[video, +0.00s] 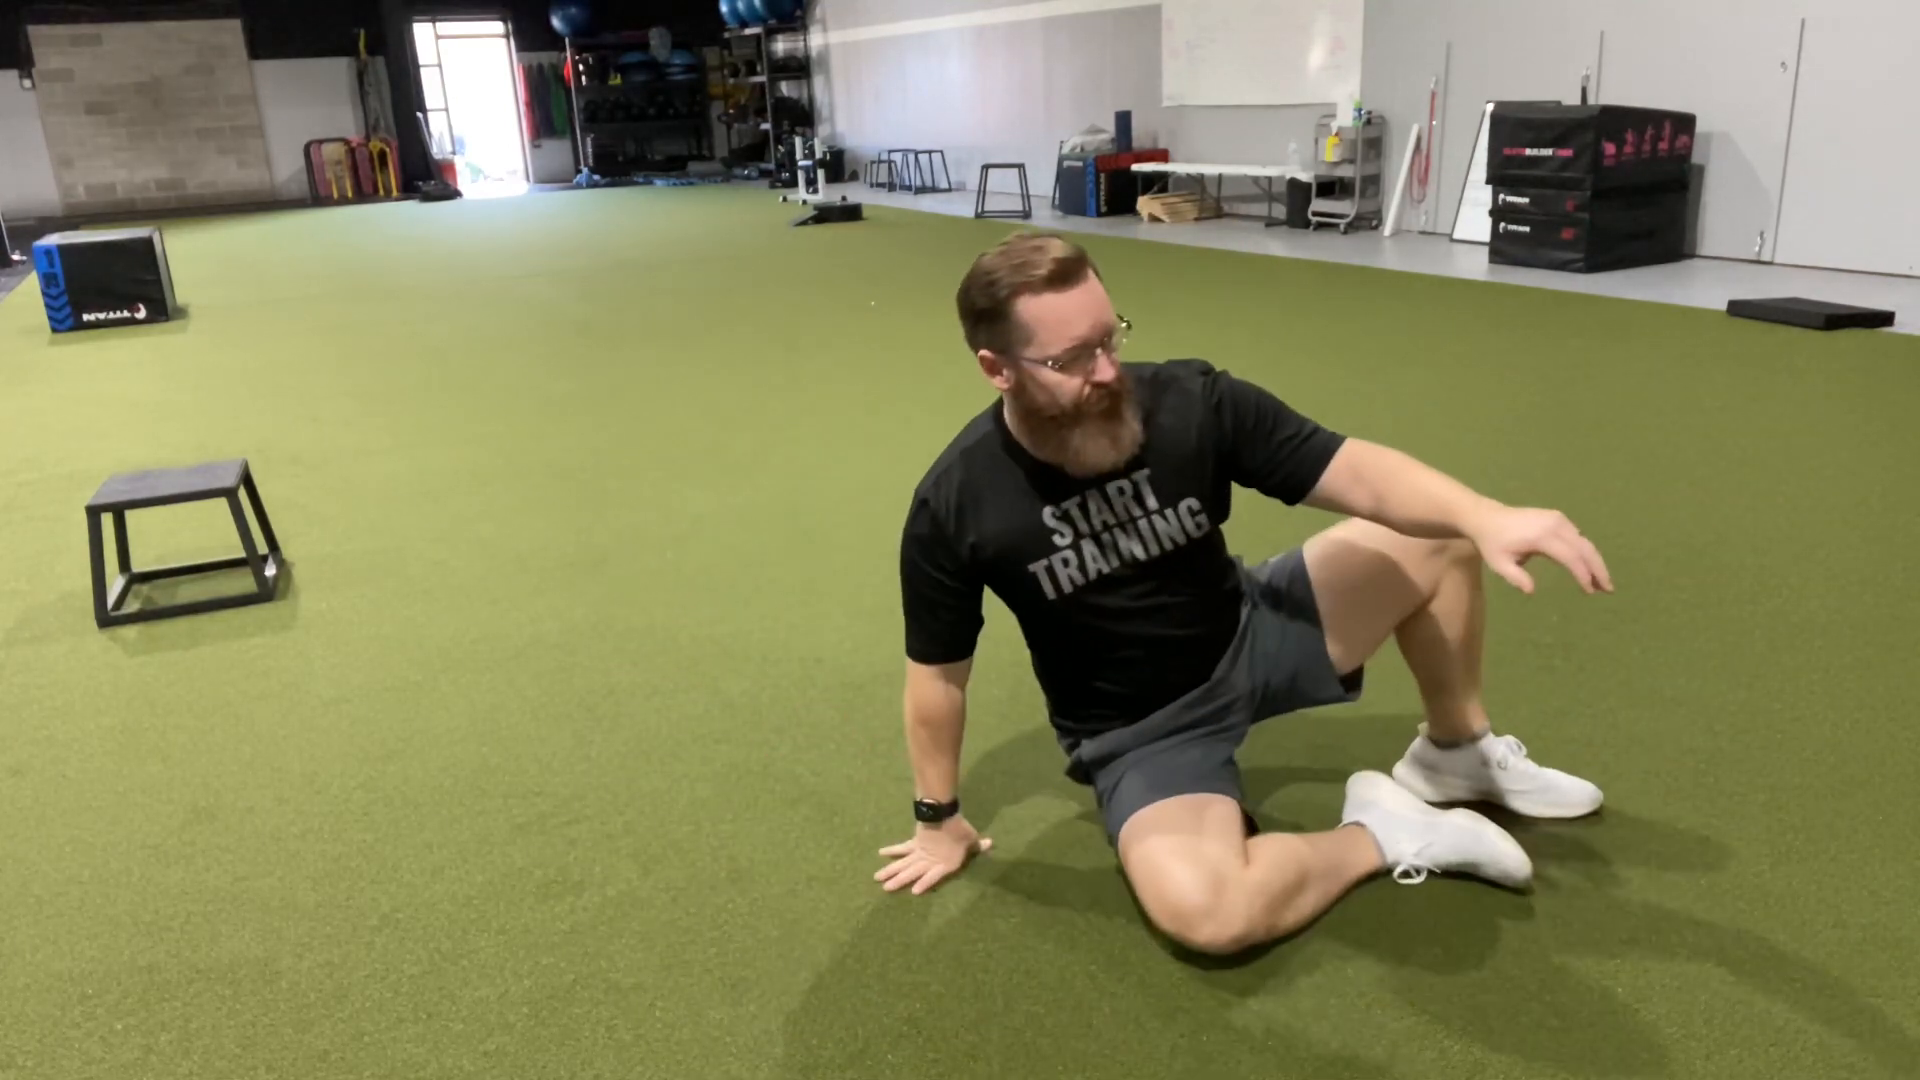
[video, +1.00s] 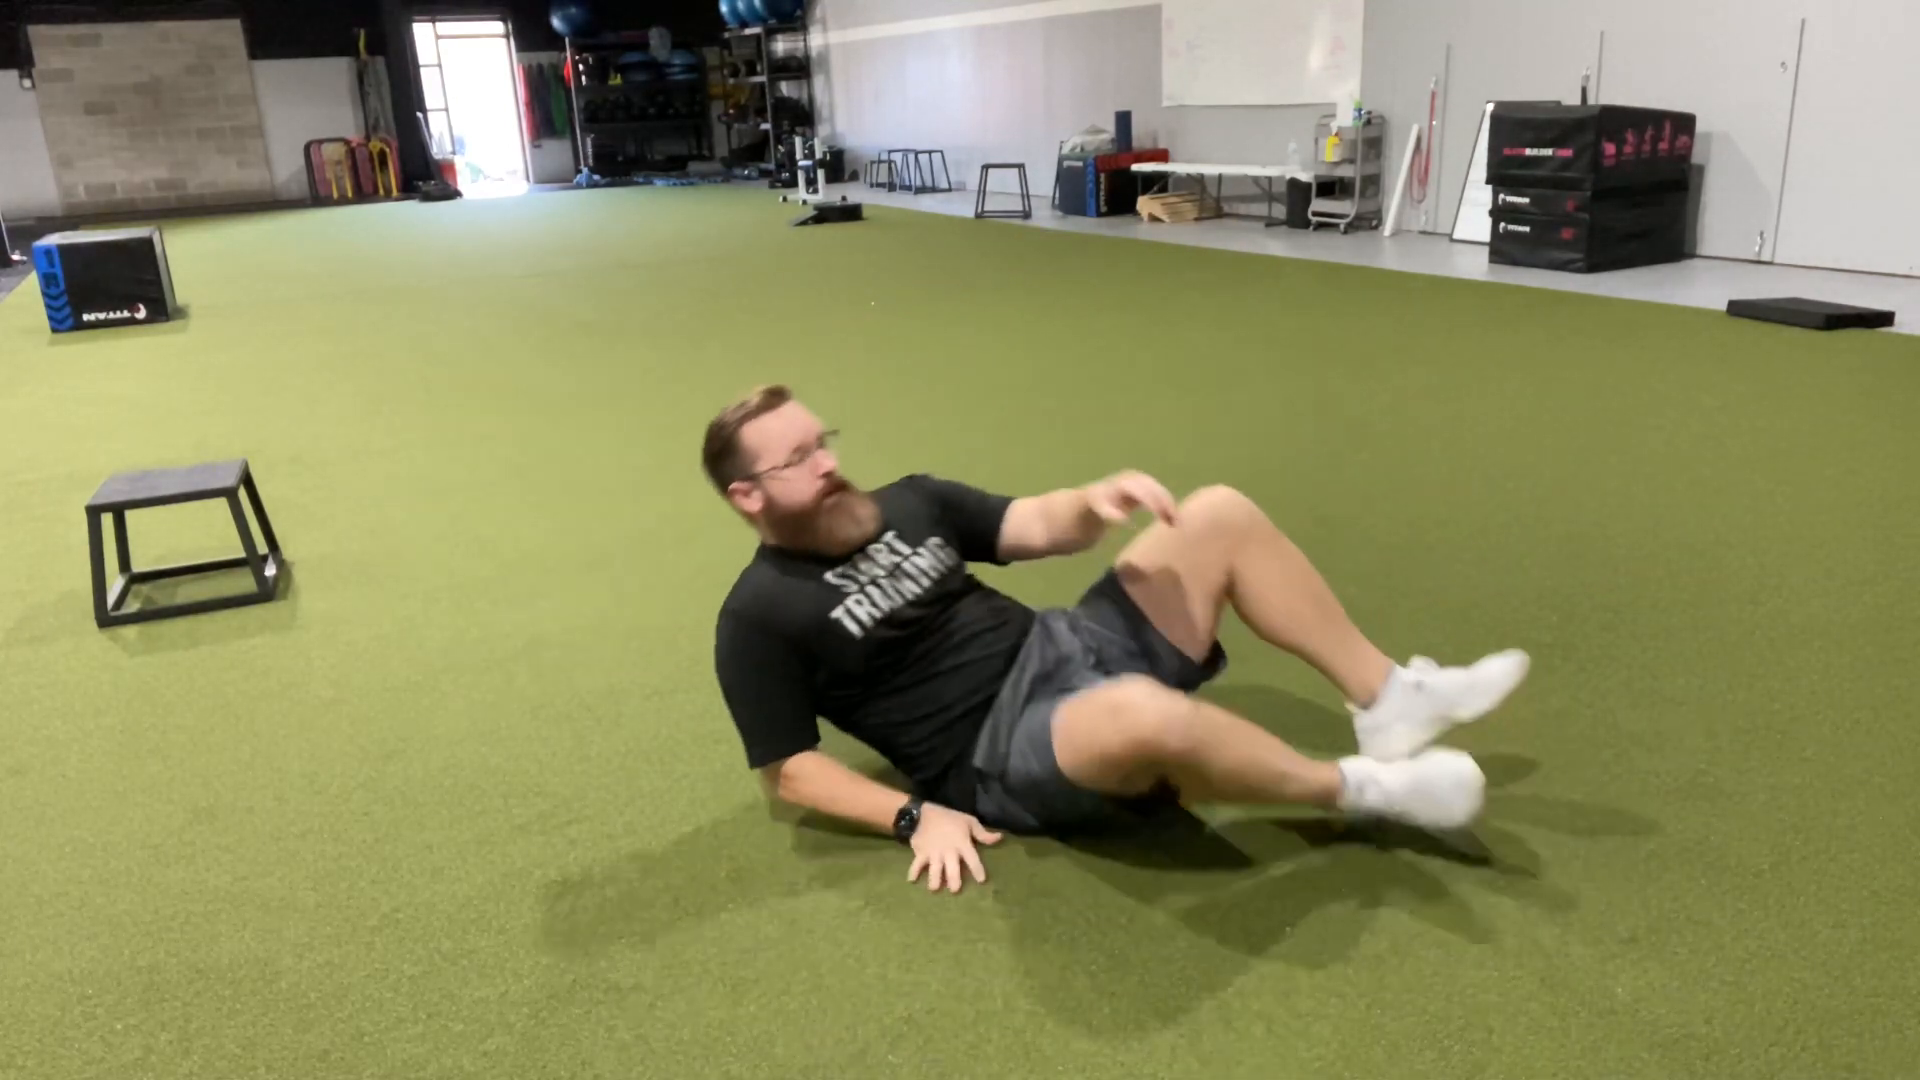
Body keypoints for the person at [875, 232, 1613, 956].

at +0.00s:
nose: (1106, 373)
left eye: (1110, 340)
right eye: (1074, 361)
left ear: (1116, 314)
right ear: (999, 373)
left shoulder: (1192, 403)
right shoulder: (958, 505)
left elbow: (1353, 473)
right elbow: (937, 672)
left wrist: (1487, 517)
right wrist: (940, 818)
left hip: (1248, 631)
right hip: (1141, 730)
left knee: (1437, 542)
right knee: (1203, 910)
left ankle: (1458, 751)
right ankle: (1383, 832)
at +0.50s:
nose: (1035, 388)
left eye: (1038, 359)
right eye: (1003, 375)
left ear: (1046, 347)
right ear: (932, 396)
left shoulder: (1114, 440)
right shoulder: (889, 533)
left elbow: (1264, 496)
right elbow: (880, 682)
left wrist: (1388, 525)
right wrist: (937, 816)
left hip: (1179, 659)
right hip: (1090, 761)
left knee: (1344, 554)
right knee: (1200, 911)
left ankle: (1459, 749)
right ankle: (1385, 829)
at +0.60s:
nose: (999, 401)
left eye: (1000, 375)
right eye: (969, 389)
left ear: (1008, 368)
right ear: (898, 411)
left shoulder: (1077, 454)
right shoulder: (860, 546)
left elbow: (1211, 510)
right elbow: (855, 693)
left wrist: (1339, 534)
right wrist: (932, 812)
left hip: (1155, 664)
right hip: (1071, 765)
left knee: (1313, 565)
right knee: (1202, 896)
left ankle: (1461, 748)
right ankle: (1386, 830)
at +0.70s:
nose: (956, 415)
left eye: (956, 390)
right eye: (927, 406)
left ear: (965, 381)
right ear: (859, 429)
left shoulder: (1031, 464)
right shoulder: (828, 566)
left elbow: (1167, 527)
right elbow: (829, 709)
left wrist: (1270, 545)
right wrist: (925, 810)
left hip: (1138, 662)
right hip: (1057, 762)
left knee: (1299, 561)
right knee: (1199, 875)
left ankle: (1455, 745)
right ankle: (1389, 828)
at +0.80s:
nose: (909, 430)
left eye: (906, 407)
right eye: (880, 423)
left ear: (912, 401)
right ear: (817, 454)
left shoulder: (981, 475)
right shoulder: (799, 587)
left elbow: (1105, 529)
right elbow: (806, 734)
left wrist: (1211, 544)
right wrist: (920, 809)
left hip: (1113, 656)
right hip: (1041, 759)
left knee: (1280, 553)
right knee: (1192, 837)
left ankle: (1440, 737)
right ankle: (1394, 828)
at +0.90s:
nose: (863, 447)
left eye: (858, 426)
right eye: (835, 441)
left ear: (867, 421)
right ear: (777, 478)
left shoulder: (939, 489)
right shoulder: (774, 609)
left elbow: (1057, 529)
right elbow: (798, 757)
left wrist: (1143, 526)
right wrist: (914, 812)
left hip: (1085, 650)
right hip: (1018, 751)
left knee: (1251, 536)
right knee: (1180, 777)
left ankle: (1413, 720)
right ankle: (1384, 815)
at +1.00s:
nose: (830, 463)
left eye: (824, 443)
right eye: (802, 458)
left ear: (833, 440)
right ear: (748, 499)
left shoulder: (910, 503)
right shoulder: (758, 620)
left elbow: (1032, 526)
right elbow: (788, 771)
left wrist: (1096, 501)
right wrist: (913, 812)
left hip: (1071, 643)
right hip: (1005, 742)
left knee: (1218, 514)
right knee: (1149, 717)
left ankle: (1388, 697)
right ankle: (1352, 791)